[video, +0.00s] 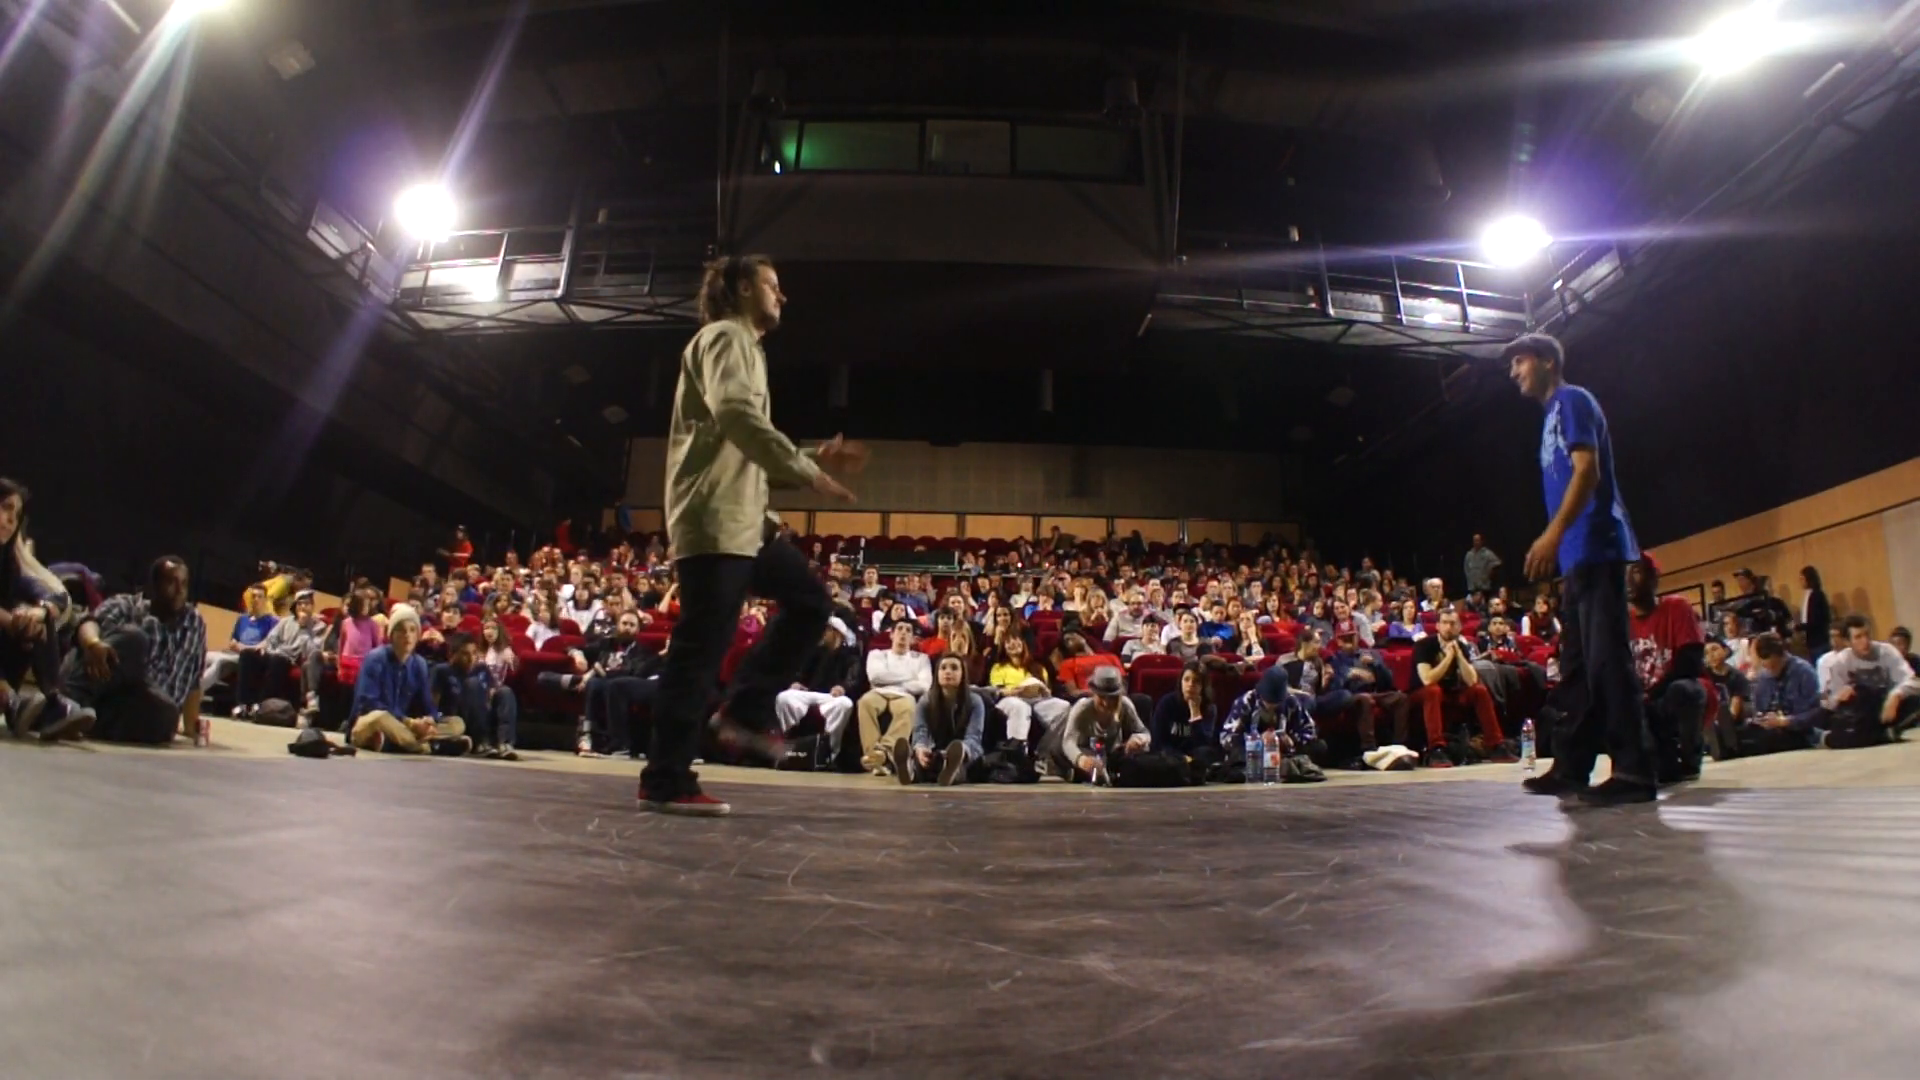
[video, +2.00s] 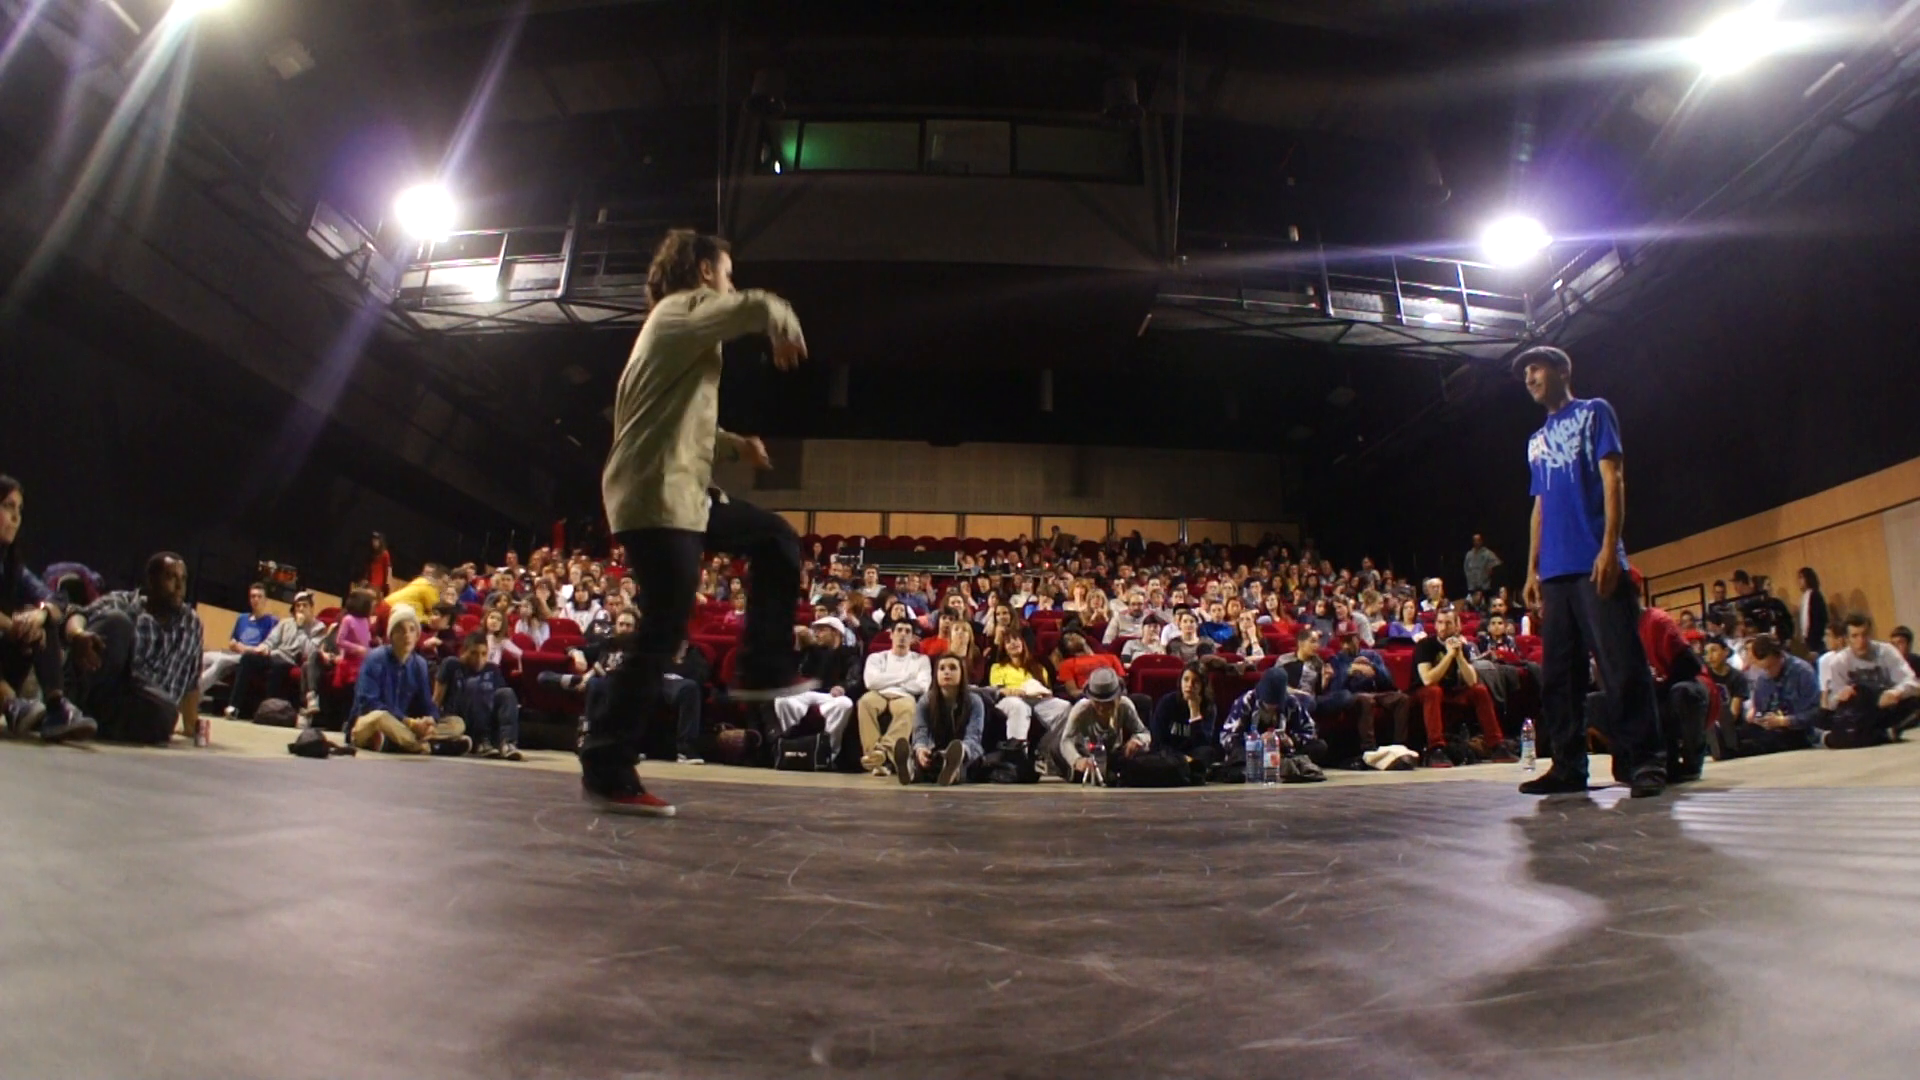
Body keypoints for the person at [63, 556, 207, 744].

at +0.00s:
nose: (179, 590)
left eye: (184, 584)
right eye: (172, 582)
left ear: (188, 588)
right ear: (156, 584)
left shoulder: (194, 624)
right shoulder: (128, 605)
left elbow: (193, 683)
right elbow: (89, 622)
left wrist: (191, 731)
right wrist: (92, 643)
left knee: (162, 720)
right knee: (133, 638)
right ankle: (69, 701)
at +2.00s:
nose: (179, 586)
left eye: (183, 580)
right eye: (171, 578)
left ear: (187, 584)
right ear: (152, 580)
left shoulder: (192, 624)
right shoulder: (124, 602)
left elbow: (191, 684)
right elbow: (79, 615)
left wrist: (191, 730)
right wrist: (77, 634)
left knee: (159, 722)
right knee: (116, 623)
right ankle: (68, 707)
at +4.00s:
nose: (178, 589)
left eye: (183, 583)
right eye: (170, 581)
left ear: (186, 586)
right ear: (152, 582)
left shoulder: (191, 624)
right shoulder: (123, 603)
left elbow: (190, 684)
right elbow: (78, 617)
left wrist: (191, 730)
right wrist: (77, 635)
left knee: (161, 717)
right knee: (117, 624)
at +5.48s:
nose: (178, 589)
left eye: (182, 582)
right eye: (171, 580)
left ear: (185, 585)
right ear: (152, 581)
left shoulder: (191, 622)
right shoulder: (131, 603)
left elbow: (191, 684)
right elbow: (92, 599)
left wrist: (191, 731)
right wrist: (94, 609)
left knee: (159, 721)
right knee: (117, 623)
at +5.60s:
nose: (176, 586)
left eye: (181, 580)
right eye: (170, 578)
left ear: (185, 584)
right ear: (152, 580)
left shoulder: (191, 621)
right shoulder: (131, 610)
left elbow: (190, 678)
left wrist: (191, 727)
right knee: (116, 622)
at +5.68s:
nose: (176, 585)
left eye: (181, 579)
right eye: (169, 577)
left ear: (185, 585)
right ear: (152, 579)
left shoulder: (191, 621)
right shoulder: (132, 609)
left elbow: (190, 678)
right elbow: (133, 666)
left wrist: (191, 727)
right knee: (116, 626)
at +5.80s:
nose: (176, 585)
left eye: (180, 580)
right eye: (168, 577)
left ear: (185, 585)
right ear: (152, 579)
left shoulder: (190, 621)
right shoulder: (131, 606)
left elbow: (190, 683)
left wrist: (191, 730)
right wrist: (121, 565)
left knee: (161, 718)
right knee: (117, 622)